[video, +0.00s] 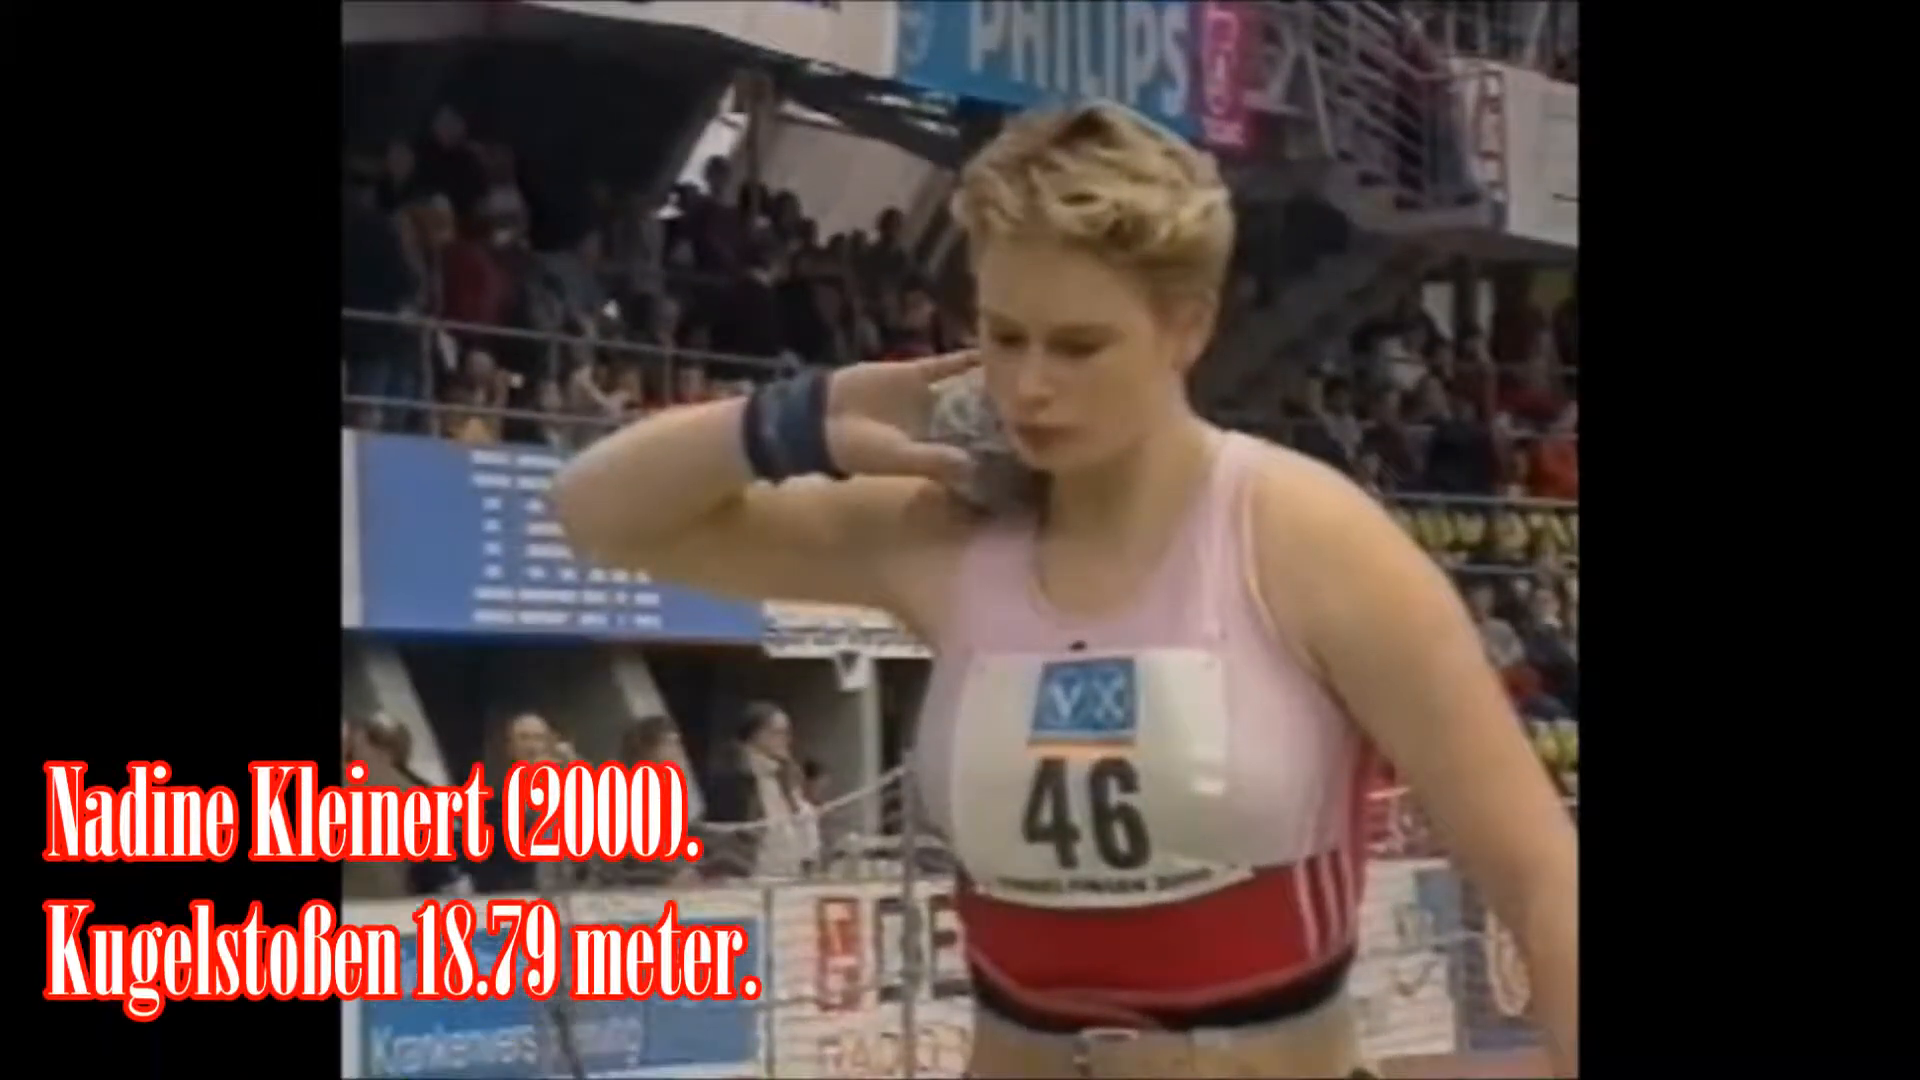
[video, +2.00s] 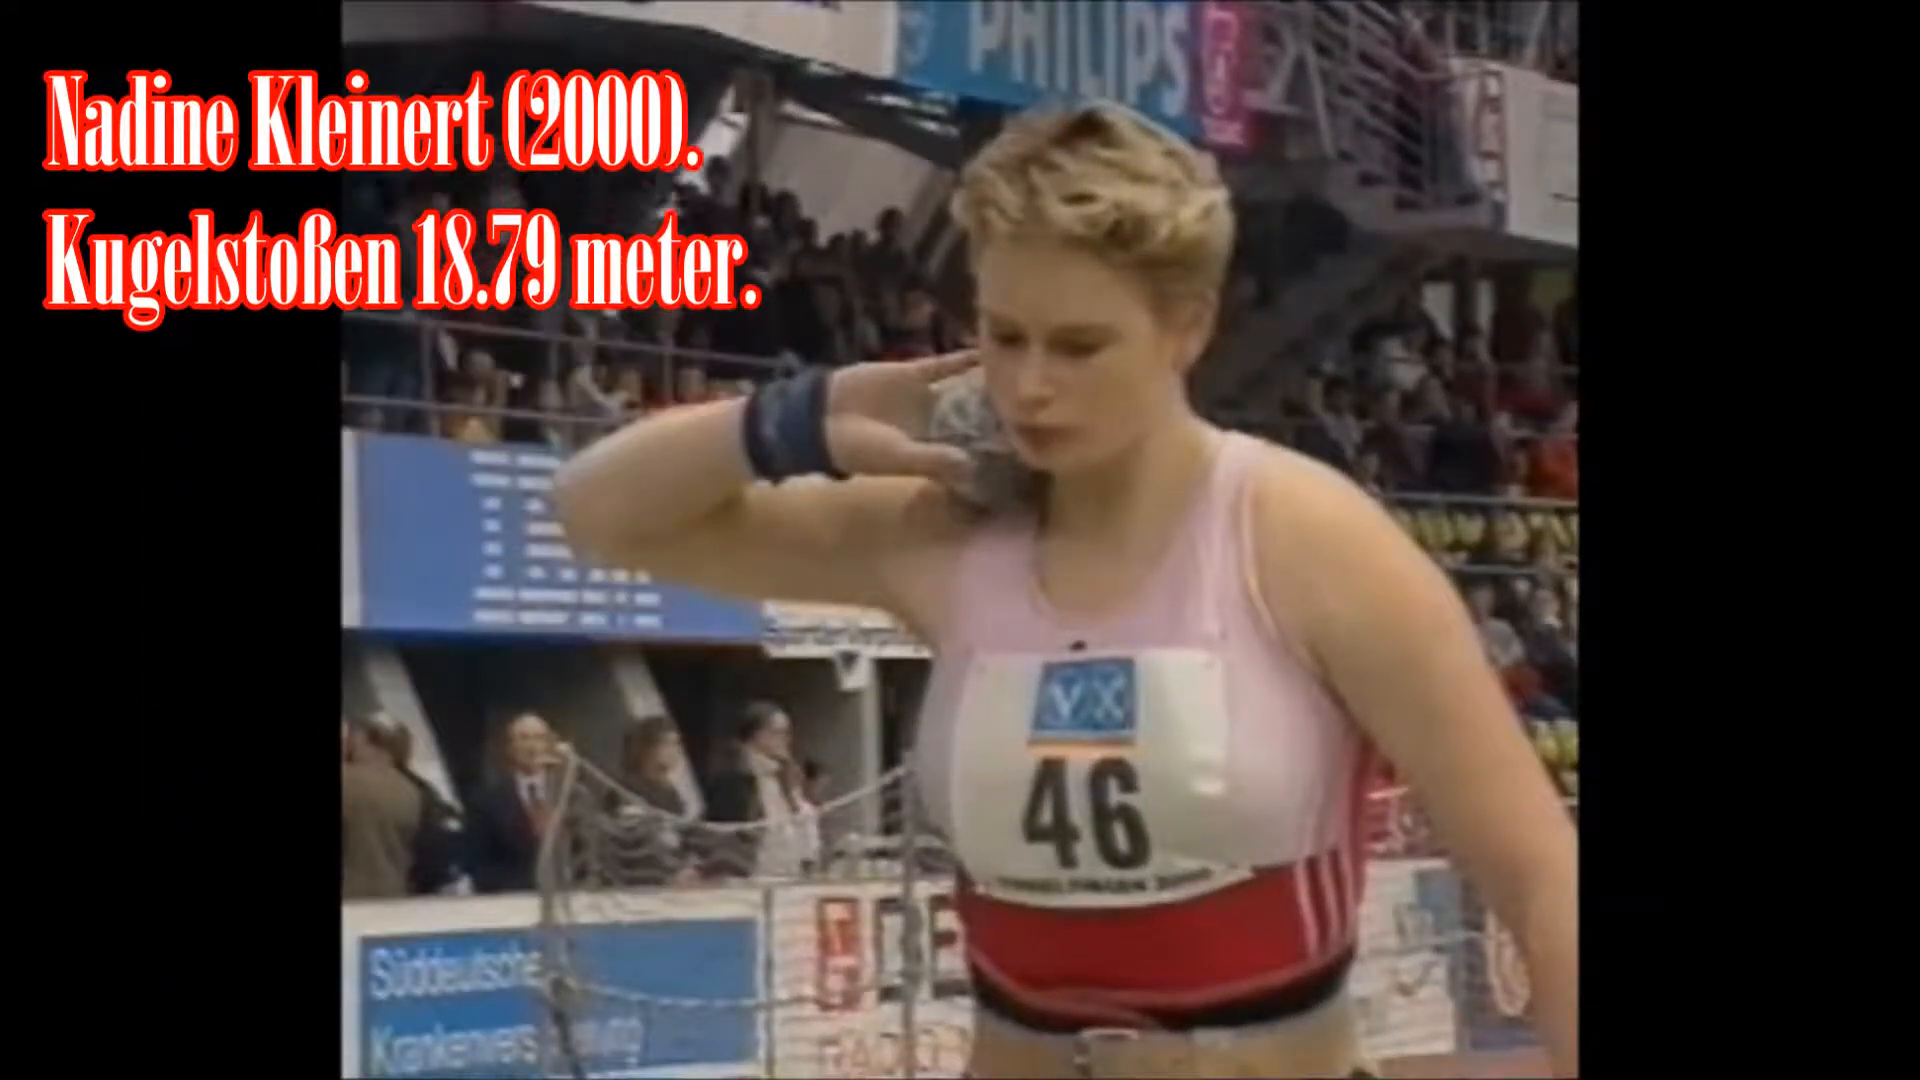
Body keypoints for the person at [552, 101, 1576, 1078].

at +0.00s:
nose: (1028, 387)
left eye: (1078, 345)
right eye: (1004, 339)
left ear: (1186, 329)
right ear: (974, 325)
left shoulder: (1303, 533)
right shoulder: (929, 535)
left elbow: (1538, 874)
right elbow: (600, 512)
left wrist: (1564, 1059)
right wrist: (812, 420)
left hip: (1268, 1054)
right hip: (1016, 1052)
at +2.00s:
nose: (1028, 387)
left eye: (1079, 345)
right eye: (1004, 338)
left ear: (1186, 328)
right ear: (974, 324)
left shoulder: (1302, 533)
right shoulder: (929, 534)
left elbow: (1538, 874)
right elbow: (601, 512)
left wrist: (1565, 1061)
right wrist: (810, 420)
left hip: (1269, 1054)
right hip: (1017, 1051)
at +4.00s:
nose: (981, 496)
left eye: (1027, 453)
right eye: (954, 453)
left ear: (1133, 439)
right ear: (929, 454)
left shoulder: (1260, 604)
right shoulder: (921, 705)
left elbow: (1519, 871)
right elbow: (623, 855)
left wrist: (1558, 1043)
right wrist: (801, 603)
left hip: (1315, 1052)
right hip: (1074, 1063)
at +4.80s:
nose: (1145, 426)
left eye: (1189, 388)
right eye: (1123, 378)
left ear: (1288, 364)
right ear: (1096, 357)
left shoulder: (1387, 545)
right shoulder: (1054, 555)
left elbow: (1604, 851)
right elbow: (739, 617)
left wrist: (1669, 1032)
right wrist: (968, 469)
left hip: (1344, 1052)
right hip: (1106, 1056)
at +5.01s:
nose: (1088, 428)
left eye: (1134, 391)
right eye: (1066, 379)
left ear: (1237, 361)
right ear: (1036, 354)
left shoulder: (1332, 527)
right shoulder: (1007, 545)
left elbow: (1524, 822)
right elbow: (669, 581)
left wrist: (1597, 1058)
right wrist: (917, 483)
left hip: (1309, 1054)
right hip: (1073, 1053)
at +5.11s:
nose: (1034, 448)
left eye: (1077, 409)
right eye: (1008, 400)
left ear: (1182, 371)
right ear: (986, 368)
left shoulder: (1287, 537)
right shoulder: (962, 545)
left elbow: (1463, 847)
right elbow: (606, 583)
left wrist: (1474, 1064)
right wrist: (861, 546)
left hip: (1276, 1059)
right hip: (1034, 1057)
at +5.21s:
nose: (996, 466)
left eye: (1040, 423)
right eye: (965, 419)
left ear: (1139, 377)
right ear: (936, 390)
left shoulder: (1247, 545)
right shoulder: (916, 559)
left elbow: (1407, 857)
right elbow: (552, 617)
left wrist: (1382, 1067)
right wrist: (813, 573)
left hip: (1241, 1051)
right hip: (1007, 1053)